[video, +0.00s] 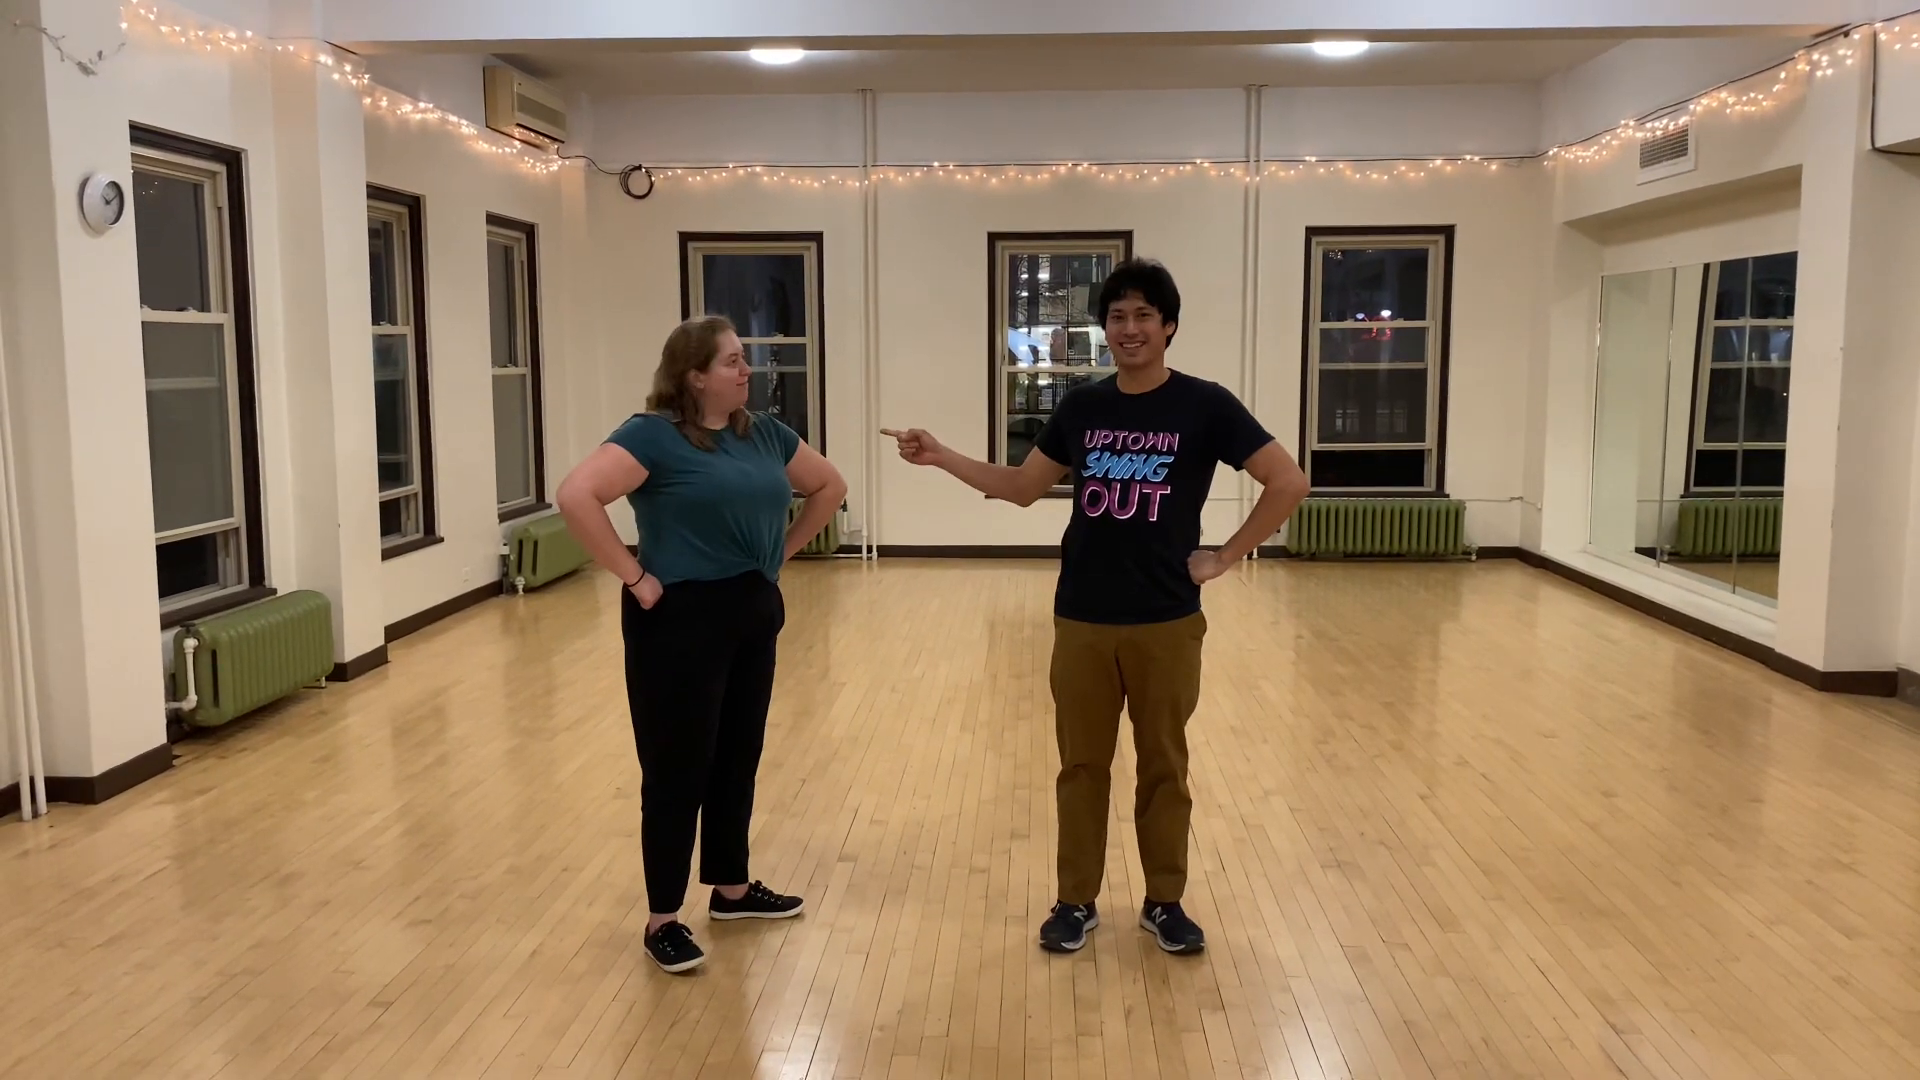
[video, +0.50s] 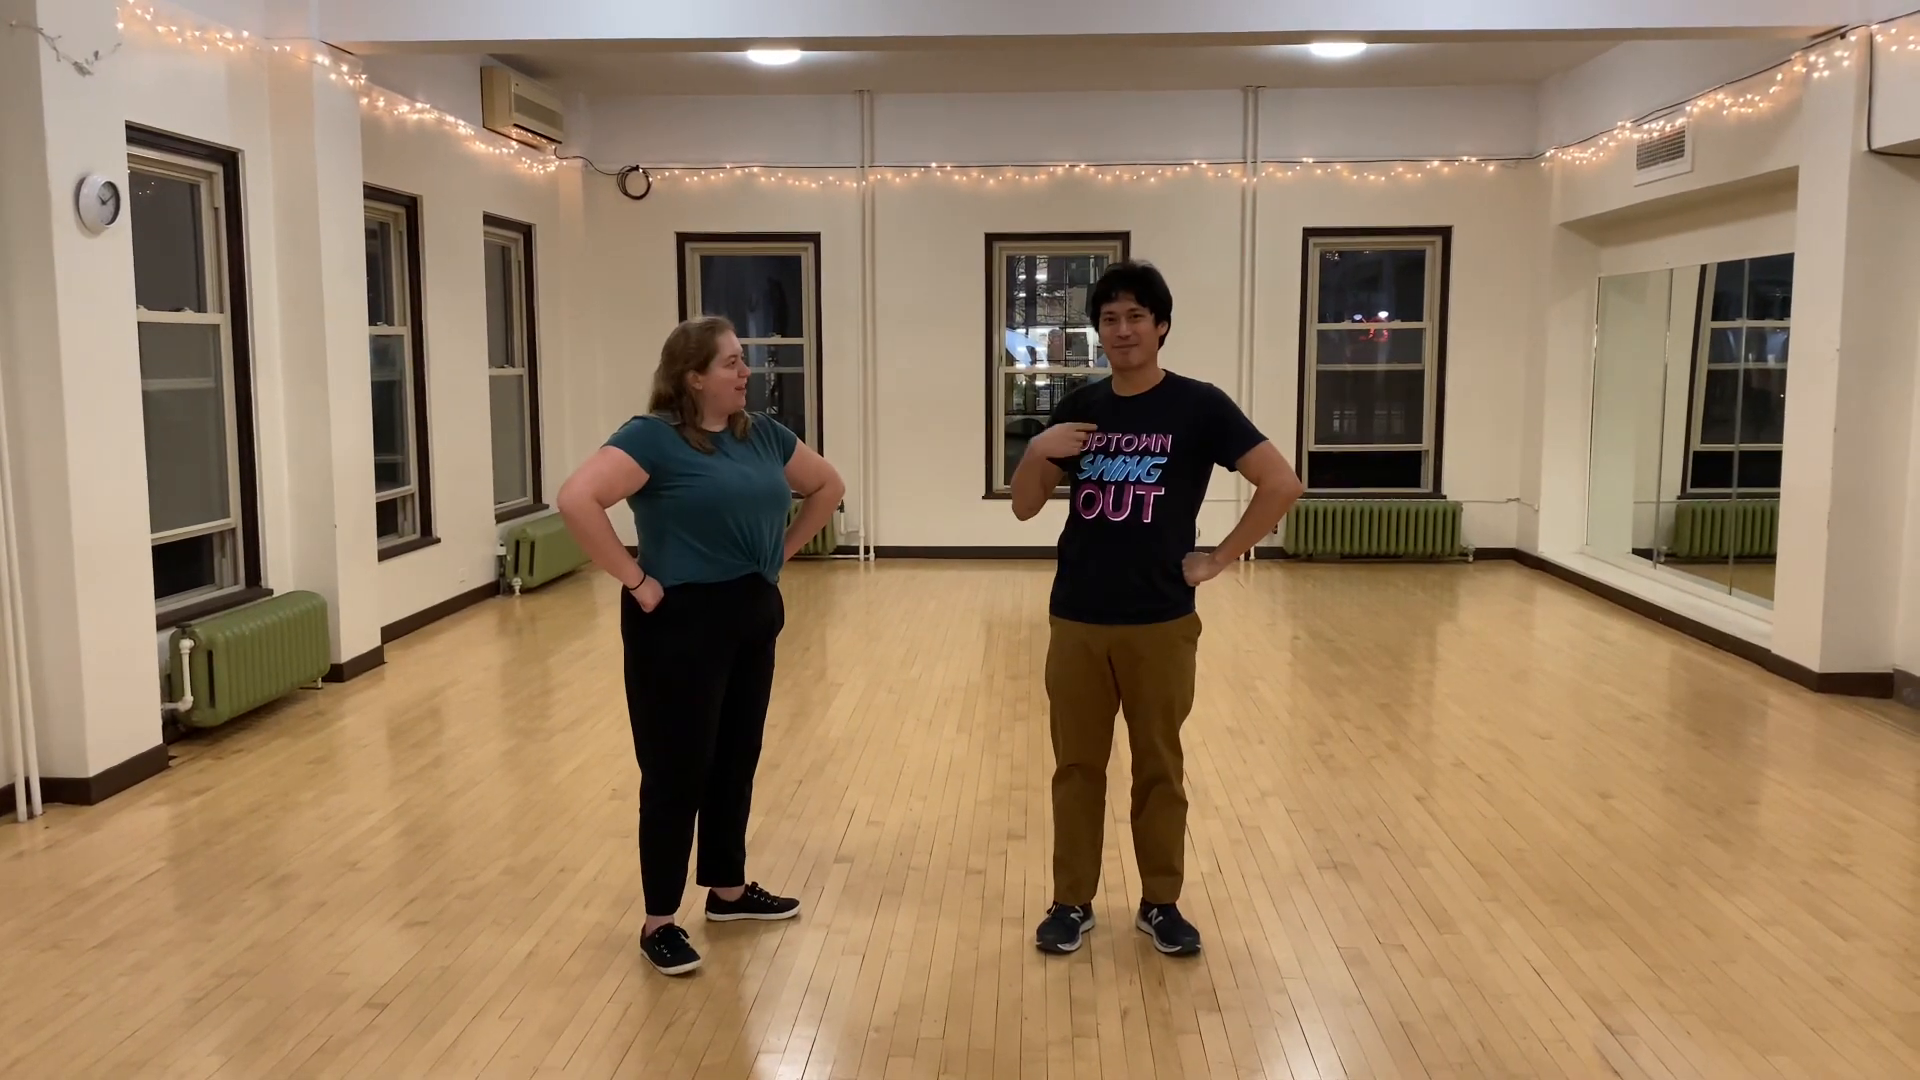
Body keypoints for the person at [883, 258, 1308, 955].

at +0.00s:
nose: (1129, 329)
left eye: (1144, 316)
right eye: (1117, 317)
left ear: (1169, 326)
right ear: (1103, 329)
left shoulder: (1206, 406)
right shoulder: (1081, 408)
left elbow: (1289, 482)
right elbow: (1022, 485)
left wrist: (1227, 554)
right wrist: (940, 455)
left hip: (1167, 618)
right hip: (1083, 616)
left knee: (1164, 767)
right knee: (1080, 767)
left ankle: (1164, 902)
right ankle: (1075, 900)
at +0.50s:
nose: (1122, 329)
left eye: (1136, 317)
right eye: (1110, 318)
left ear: (1162, 326)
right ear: (1096, 330)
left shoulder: (1199, 406)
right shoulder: (1078, 409)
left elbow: (1281, 484)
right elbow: (1025, 507)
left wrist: (1220, 558)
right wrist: (1039, 451)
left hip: (1160, 621)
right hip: (1078, 620)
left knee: (1159, 770)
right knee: (1077, 768)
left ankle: (1160, 903)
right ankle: (1071, 902)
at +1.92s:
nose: (1108, 340)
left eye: (1121, 326)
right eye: (1096, 329)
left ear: (1151, 333)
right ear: (1087, 342)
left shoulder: (1198, 402)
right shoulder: (1074, 428)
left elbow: (1260, 480)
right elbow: (1066, 547)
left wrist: (1259, 571)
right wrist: (1070, 519)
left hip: (1197, 620)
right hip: (1117, 626)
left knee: (1170, 771)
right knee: (1096, 771)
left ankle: (1149, 905)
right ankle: (1062, 904)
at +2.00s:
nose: (1107, 337)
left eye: (1120, 324)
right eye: (1100, 327)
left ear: (1160, 332)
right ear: (1095, 336)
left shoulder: (1207, 408)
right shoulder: (1079, 423)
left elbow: (1246, 507)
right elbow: (1055, 527)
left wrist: (1263, 602)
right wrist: (1068, 581)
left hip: (1191, 624)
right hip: (1109, 626)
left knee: (1166, 773)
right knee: (1090, 772)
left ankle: (1149, 905)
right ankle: (1064, 903)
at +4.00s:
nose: (1114, 341)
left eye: (1127, 332)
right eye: (1113, 328)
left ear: (1166, 340)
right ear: (1118, 329)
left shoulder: (1212, 410)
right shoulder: (1097, 399)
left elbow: (1241, 516)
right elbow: (1071, 493)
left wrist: (1237, 608)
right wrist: (1065, 578)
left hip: (1175, 597)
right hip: (1098, 595)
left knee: (1185, 726)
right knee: (1102, 728)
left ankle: (1196, 853)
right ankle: (1112, 854)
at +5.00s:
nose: (1043, 343)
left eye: (1051, 331)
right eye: (1042, 331)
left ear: (1089, 332)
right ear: (1074, 334)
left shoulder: (1147, 403)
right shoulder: (1064, 405)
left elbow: (1168, 511)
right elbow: (1049, 497)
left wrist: (1138, 602)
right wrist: (982, 537)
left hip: (1128, 598)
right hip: (1068, 596)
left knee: (1141, 739)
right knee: (1090, 730)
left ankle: (1160, 885)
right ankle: (1107, 851)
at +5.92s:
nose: (1062, 331)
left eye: (1074, 319)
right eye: (1051, 321)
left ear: (1100, 323)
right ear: (1040, 331)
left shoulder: (1137, 398)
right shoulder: (1047, 407)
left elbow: (1159, 504)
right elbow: (1029, 500)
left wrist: (1125, 593)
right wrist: (962, 557)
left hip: (1129, 595)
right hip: (1070, 594)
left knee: (1136, 738)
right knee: (1086, 728)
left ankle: (1152, 884)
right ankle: (1100, 850)